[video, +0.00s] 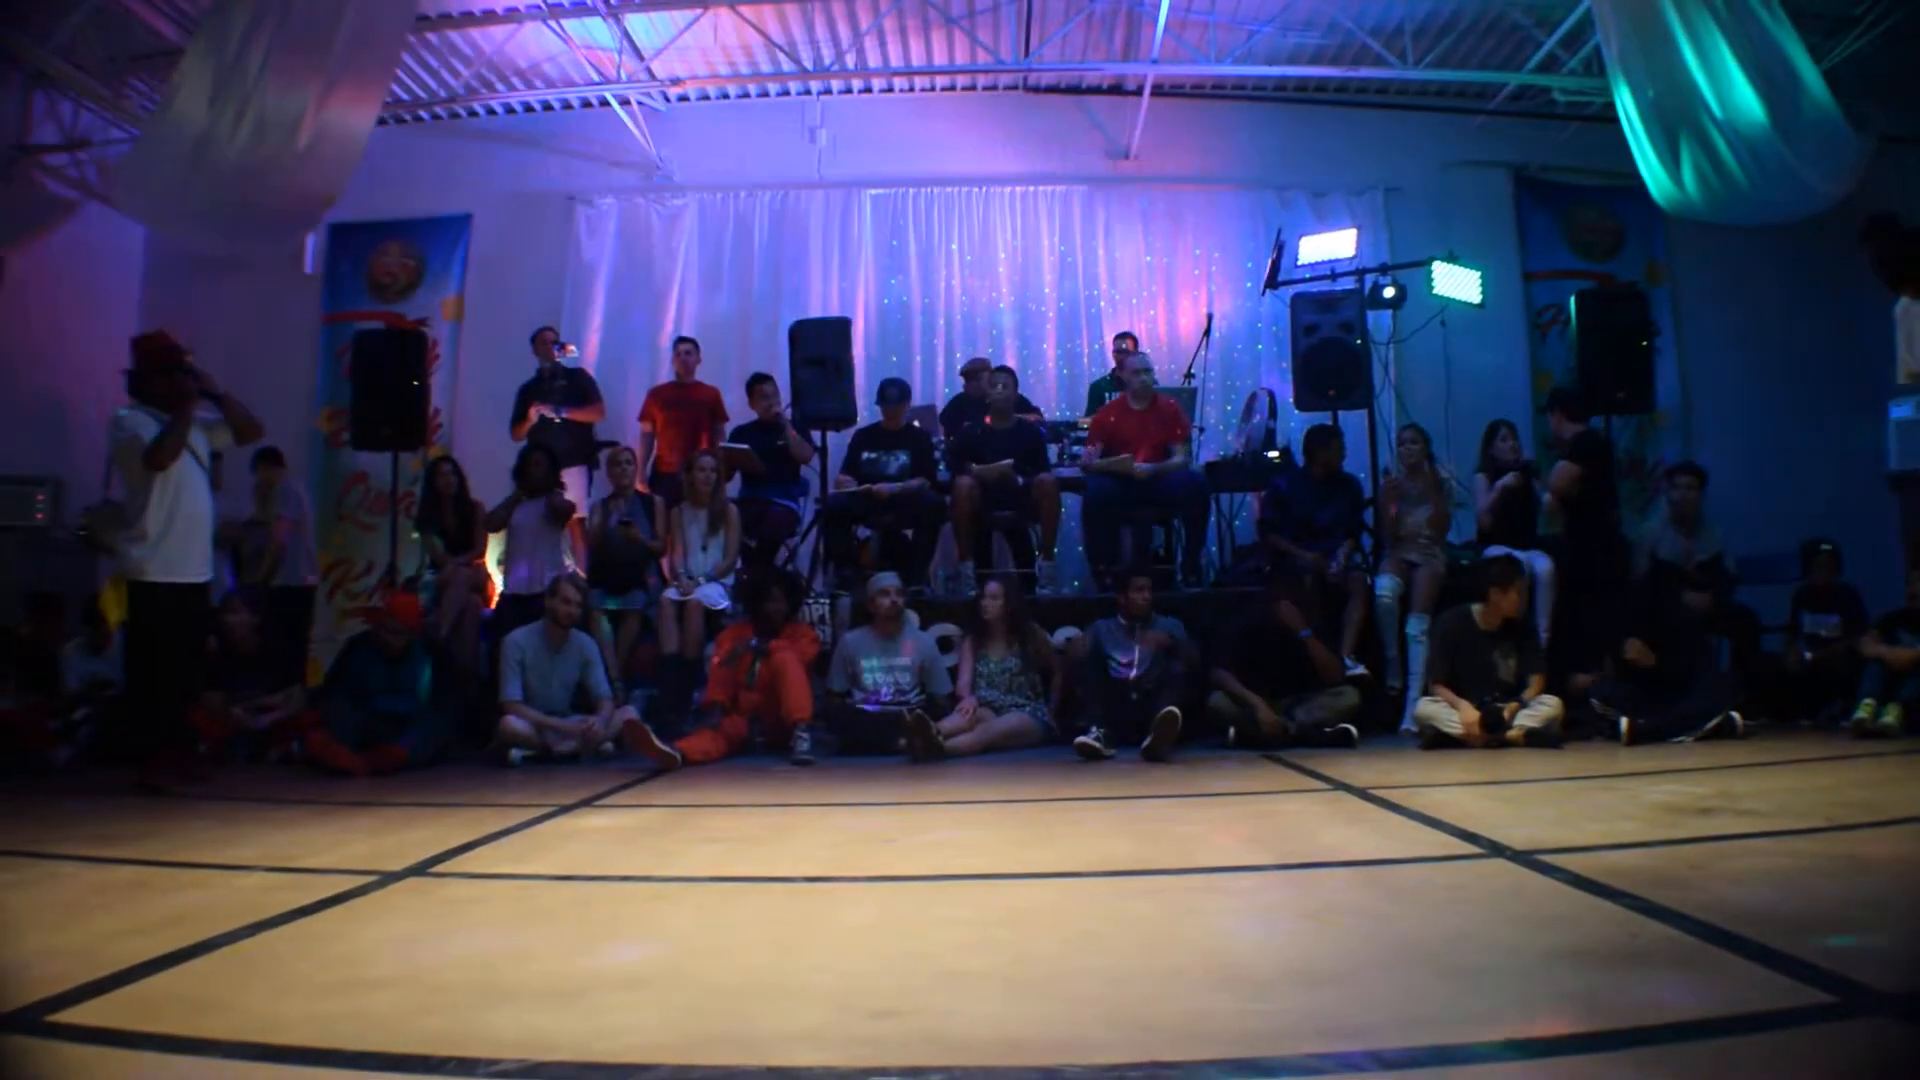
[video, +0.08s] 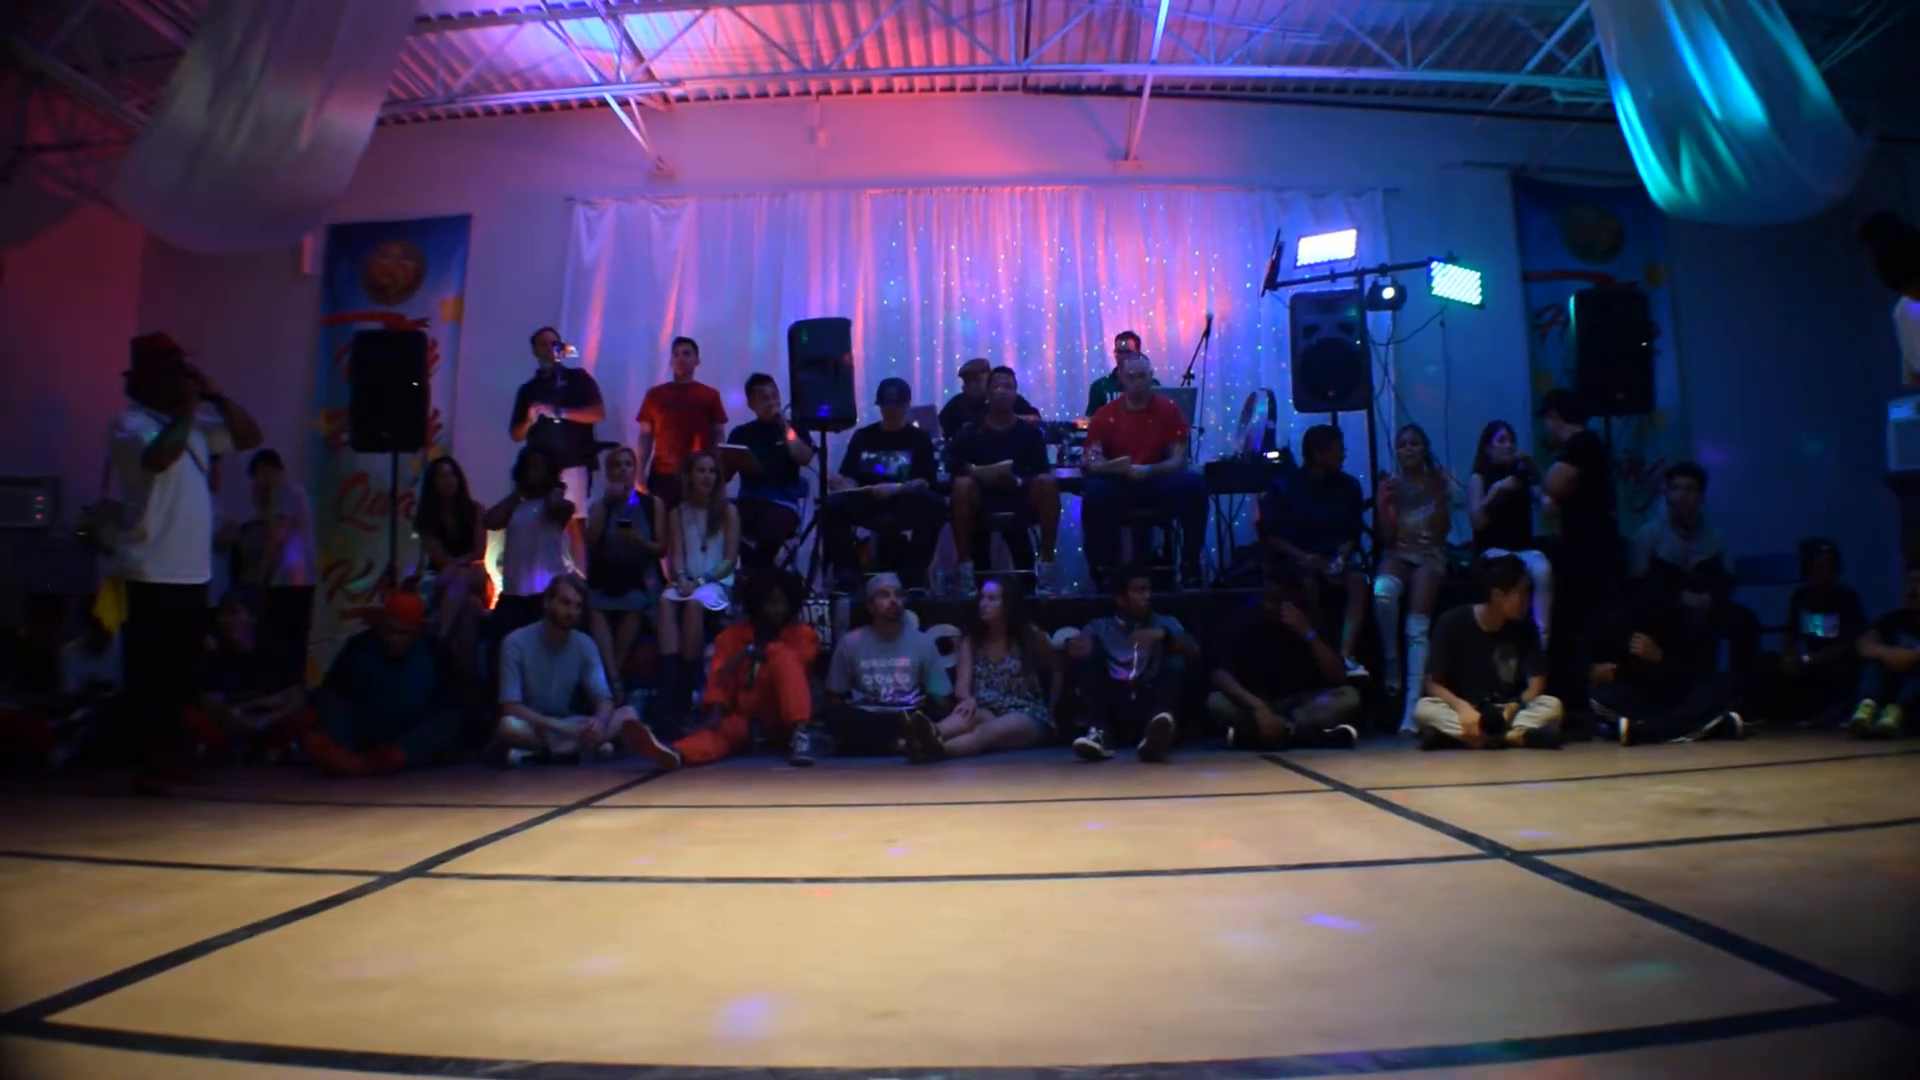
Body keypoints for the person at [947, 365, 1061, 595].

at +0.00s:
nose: (999, 390)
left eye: (1006, 386)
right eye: (994, 386)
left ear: (1015, 394)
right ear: (987, 393)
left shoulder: (1030, 431)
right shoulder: (971, 430)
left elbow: (1041, 469)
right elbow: (955, 464)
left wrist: (1011, 473)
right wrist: (981, 471)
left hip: (1018, 489)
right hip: (984, 489)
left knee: (1047, 483)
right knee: (964, 485)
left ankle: (1047, 561)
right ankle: (965, 565)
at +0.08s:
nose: (1004, 391)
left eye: (1009, 387)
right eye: (998, 387)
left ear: (1016, 393)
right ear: (988, 393)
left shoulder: (1029, 431)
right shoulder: (972, 429)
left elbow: (1041, 469)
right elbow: (954, 464)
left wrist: (1013, 478)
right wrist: (979, 471)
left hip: (1018, 490)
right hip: (983, 491)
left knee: (1046, 484)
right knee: (962, 485)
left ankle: (1046, 562)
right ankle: (964, 565)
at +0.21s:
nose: (1003, 393)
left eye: (1008, 388)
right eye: (997, 387)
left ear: (1013, 394)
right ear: (987, 393)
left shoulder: (1027, 431)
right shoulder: (970, 429)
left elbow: (1039, 470)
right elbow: (953, 464)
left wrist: (1012, 480)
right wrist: (977, 472)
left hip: (1016, 490)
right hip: (981, 491)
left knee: (1044, 484)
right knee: (960, 486)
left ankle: (1044, 562)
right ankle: (962, 565)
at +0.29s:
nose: (1004, 393)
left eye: (1008, 388)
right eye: (998, 387)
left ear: (1013, 394)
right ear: (986, 393)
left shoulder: (1025, 431)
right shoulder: (969, 430)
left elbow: (1038, 470)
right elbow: (953, 465)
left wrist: (1012, 479)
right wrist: (978, 473)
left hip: (1015, 490)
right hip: (980, 491)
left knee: (1043, 484)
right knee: (959, 485)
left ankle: (1043, 562)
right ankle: (961, 564)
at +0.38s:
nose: (1003, 394)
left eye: (1007, 389)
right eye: (997, 388)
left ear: (1012, 394)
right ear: (985, 394)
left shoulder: (1025, 432)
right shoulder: (967, 430)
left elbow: (1037, 470)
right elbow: (952, 465)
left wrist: (1010, 480)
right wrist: (977, 473)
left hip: (1014, 491)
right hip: (980, 492)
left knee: (1043, 485)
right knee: (958, 486)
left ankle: (1043, 563)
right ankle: (960, 566)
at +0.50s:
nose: (1002, 393)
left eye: (1006, 388)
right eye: (996, 388)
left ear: (1011, 393)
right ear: (984, 394)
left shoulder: (1024, 432)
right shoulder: (967, 430)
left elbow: (1036, 470)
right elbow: (950, 465)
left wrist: (1009, 480)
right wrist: (975, 473)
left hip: (1013, 491)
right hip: (979, 492)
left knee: (1042, 485)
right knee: (958, 486)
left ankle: (1042, 563)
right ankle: (960, 567)